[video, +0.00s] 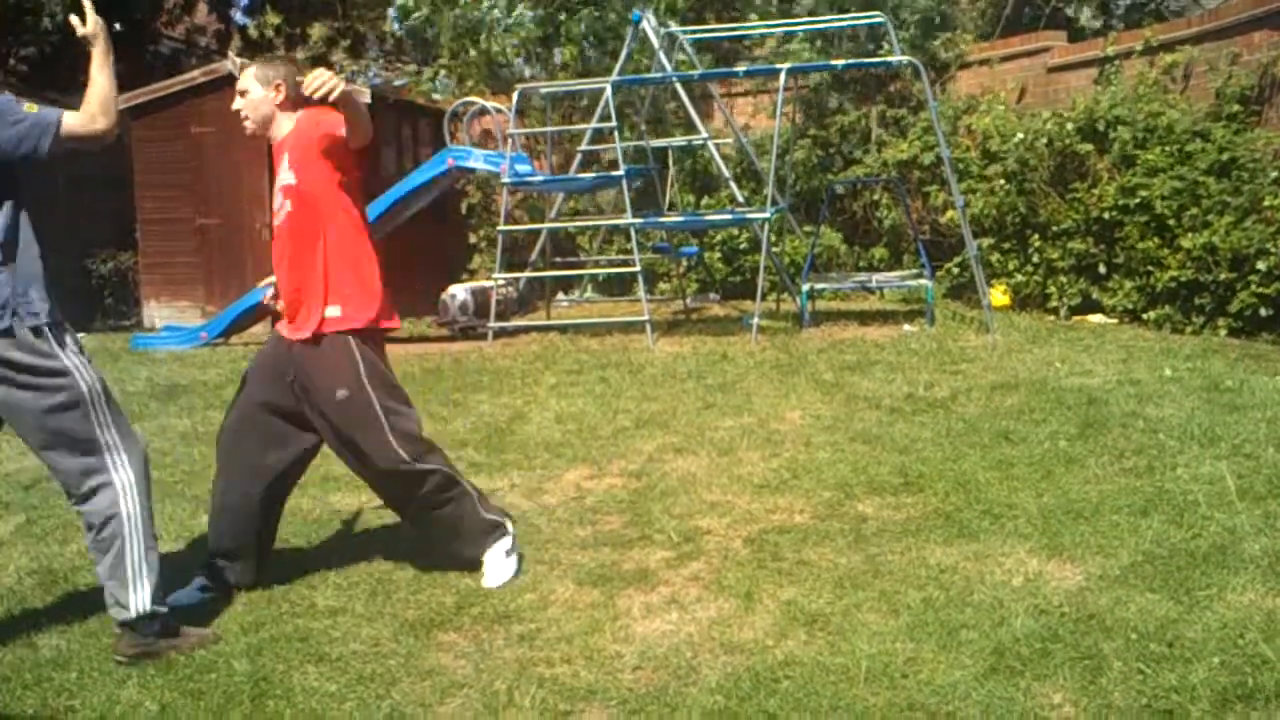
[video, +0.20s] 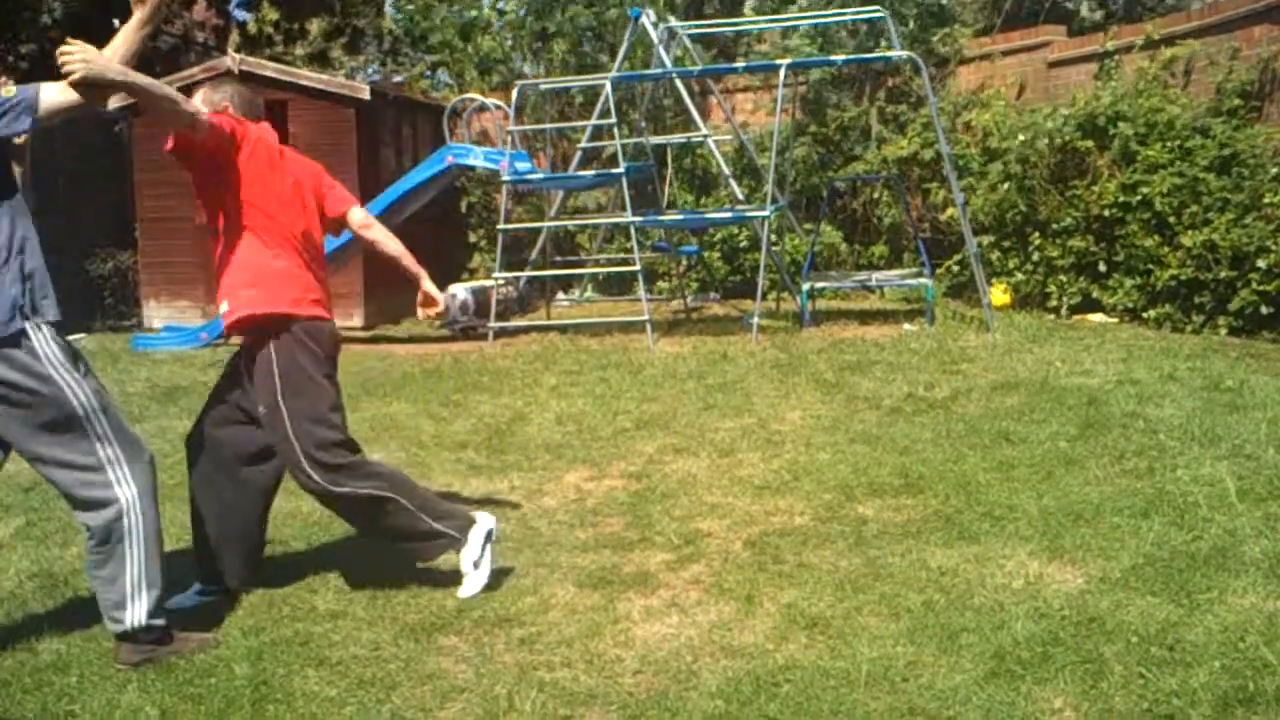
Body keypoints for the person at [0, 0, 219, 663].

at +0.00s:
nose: (17, 74)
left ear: (13, 76)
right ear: (8, 74)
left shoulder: (10, 118)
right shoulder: (3, 117)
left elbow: (96, 122)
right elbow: (99, 122)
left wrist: (98, 48)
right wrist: (99, 41)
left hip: (15, 321)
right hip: (14, 323)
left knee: (105, 455)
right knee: (109, 455)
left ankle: (137, 610)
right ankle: (139, 620)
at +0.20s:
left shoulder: (10, 112)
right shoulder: (7, 110)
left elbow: (89, 89)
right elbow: (92, 89)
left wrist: (139, 22)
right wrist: (141, 20)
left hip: (18, 325)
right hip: (15, 327)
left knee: (113, 466)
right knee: (118, 467)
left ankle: (137, 619)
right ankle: (139, 629)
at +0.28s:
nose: (20, 82)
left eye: (17, 75)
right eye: (15, 75)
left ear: (10, 87)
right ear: (5, 85)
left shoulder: (9, 128)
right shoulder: (4, 123)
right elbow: (78, 112)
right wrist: (129, 40)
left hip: (16, 338)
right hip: (14, 340)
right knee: (118, 470)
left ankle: (139, 615)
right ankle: (139, 630)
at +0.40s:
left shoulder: (9, 138)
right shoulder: (4, 128)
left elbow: (30, 200)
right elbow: (76, 132)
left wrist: (55, 120)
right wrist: (70, 62)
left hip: (15, 322)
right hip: (16, 324)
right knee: (115, 456)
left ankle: (138, 614)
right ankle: (141, 623)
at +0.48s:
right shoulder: (2, 120)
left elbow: (39, 169)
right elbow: (95, 167)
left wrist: (82, 120)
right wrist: (99, 110)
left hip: (17, 321)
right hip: (20, 321)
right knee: (106, 450)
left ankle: (150, 612)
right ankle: (153, 617)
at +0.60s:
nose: (13, 75)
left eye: (10, 66)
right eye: (11, 67)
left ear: (2, 80)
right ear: (7, 75)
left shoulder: (14, 133)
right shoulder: (15, 132)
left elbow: (29, 146)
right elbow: (109, 185)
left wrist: (82, 115)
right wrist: (127, 157)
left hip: (15, 339)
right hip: (25, 340)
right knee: (107, 471)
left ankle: (155, 619)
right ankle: (156, 629)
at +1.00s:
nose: (15, 69)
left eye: (15, 58)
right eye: (8, 58)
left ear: (13, 65)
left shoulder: (10, 136)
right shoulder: (2, 139)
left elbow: (79, 214)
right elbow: (75, 197)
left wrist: (114, 143)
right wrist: (90, 103)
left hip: (20, 339)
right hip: (21, 341)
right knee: (128, 478)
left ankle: (134, 626)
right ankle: (135, 638)